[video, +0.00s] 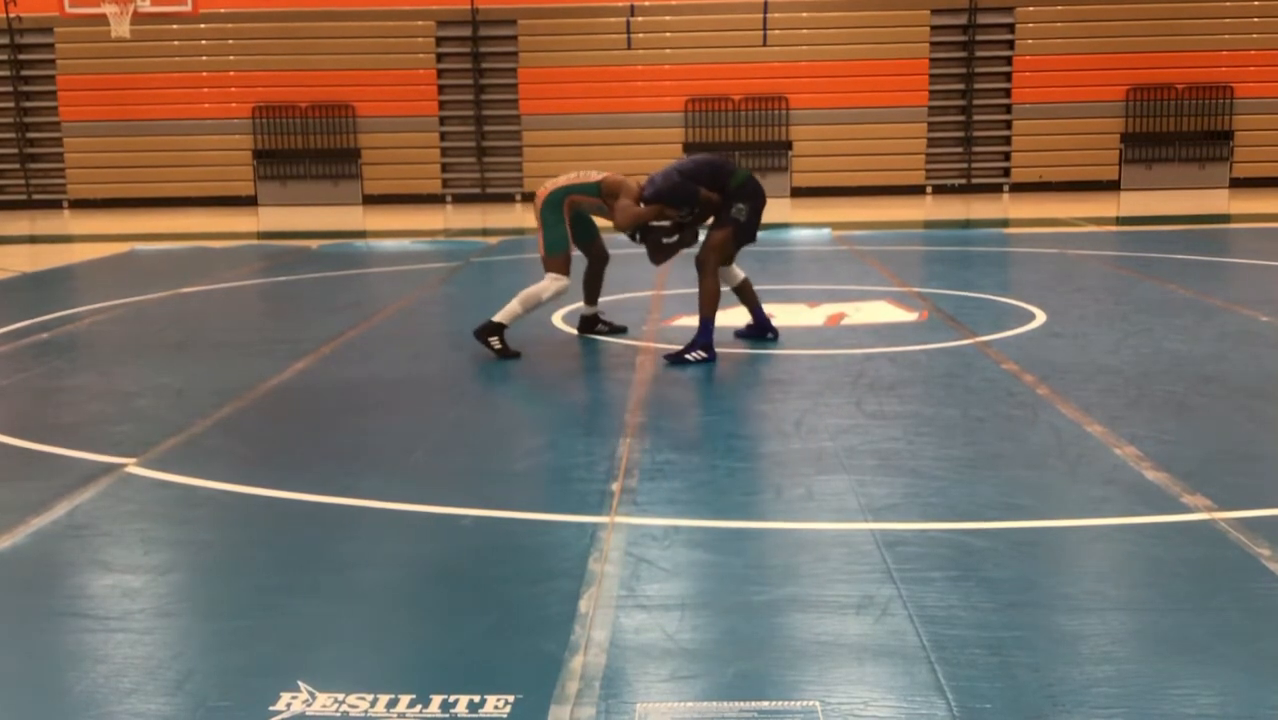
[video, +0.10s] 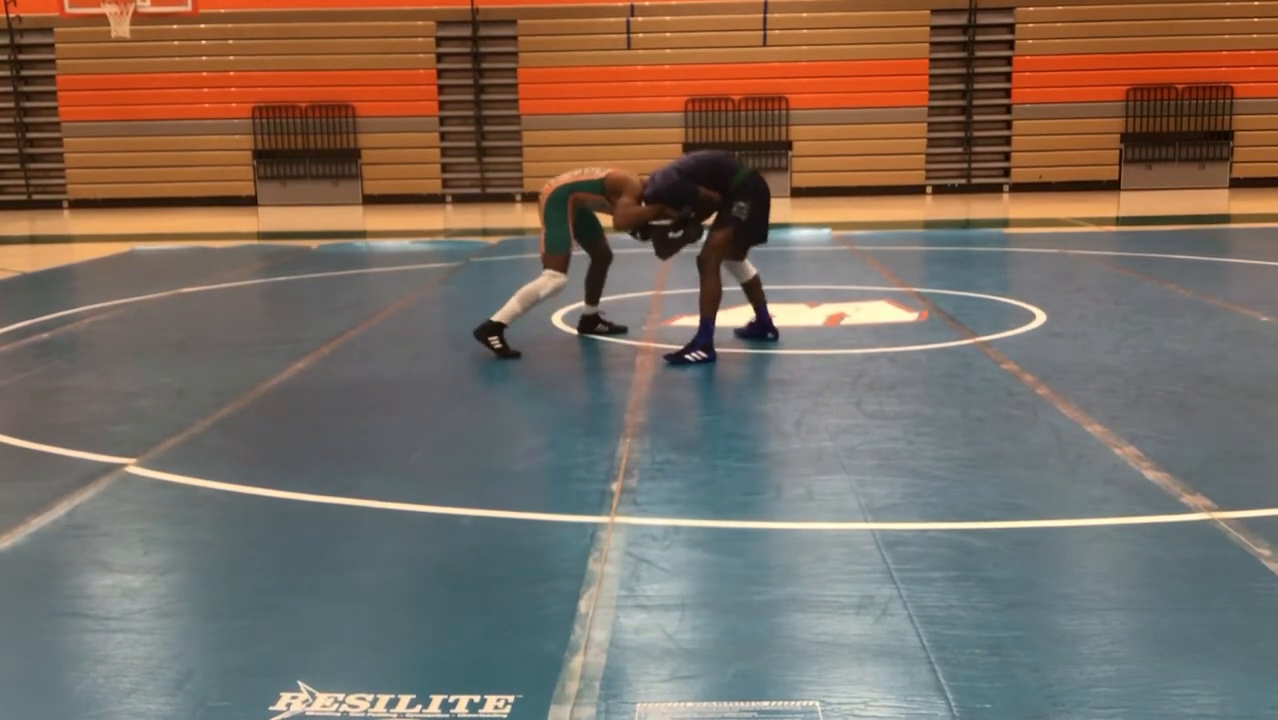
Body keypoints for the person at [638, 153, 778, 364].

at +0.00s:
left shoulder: (666, 189)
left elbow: (715, 201)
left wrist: (689, 226)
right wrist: (680, 240)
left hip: (743, 194)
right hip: (738, 195)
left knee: (706, 261)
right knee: (723, 265)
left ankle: (703, 344)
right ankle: (762, 324)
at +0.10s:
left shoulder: (665, 187)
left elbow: (714, 200)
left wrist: (686, 223)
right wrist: (680, 237)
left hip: (744, 193)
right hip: (748, 190)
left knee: (708, 260)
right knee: (734, 259)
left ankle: (703, 344)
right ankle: (764, 323)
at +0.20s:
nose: (620, 203)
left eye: (616, 198)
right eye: (616, 201)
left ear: (628, 188)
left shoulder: (667, 183)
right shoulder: (660, 182)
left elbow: (719, 198)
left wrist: (692, 220)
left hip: (748, 191)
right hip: (753, 188)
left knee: (710, 261)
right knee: (739, 258)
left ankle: (703, 344)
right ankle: (777, 320)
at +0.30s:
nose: (630, 203)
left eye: (625, 198)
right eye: (627, 201)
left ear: (635, 187)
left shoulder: (674, 182)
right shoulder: (668, 179)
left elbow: (725, 197)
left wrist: (700, 220)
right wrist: (689, 217)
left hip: (754, 192)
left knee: (717, 263)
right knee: (747, 263)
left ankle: (704, 344)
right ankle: (796, 322)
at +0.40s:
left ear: (644, 196)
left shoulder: (681, 183)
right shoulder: (675, 180)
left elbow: (732, 196)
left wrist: (707, 219)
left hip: (759, 193)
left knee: (722, 257)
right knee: (755, 270)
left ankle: (712, 339)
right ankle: (800, 331)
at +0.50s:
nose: (642, 218)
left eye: (636, 211)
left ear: (648, 202)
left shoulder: (684, 190)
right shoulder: (679, 187)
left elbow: (733, 204)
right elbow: (707, 233)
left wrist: (711, 226)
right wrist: (688, 242)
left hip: (759, 198)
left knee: (718, 263)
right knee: (750, 274)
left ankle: (727, 344)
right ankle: (798, 331)